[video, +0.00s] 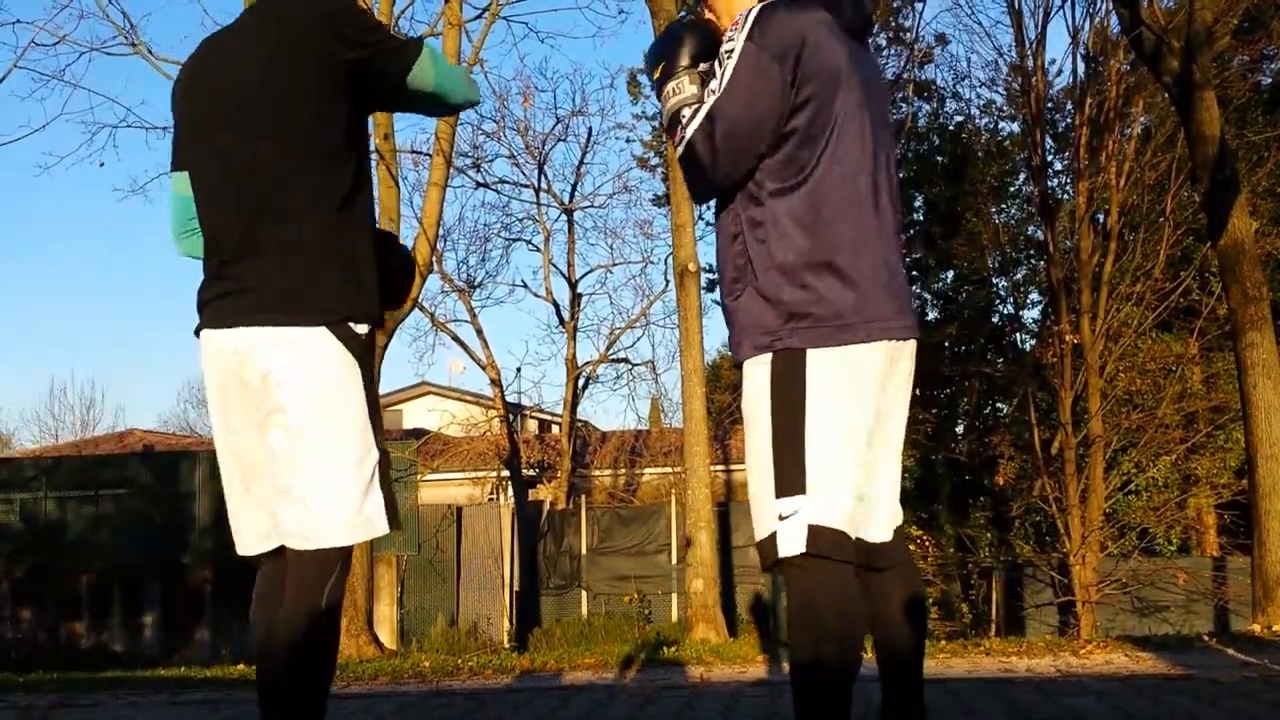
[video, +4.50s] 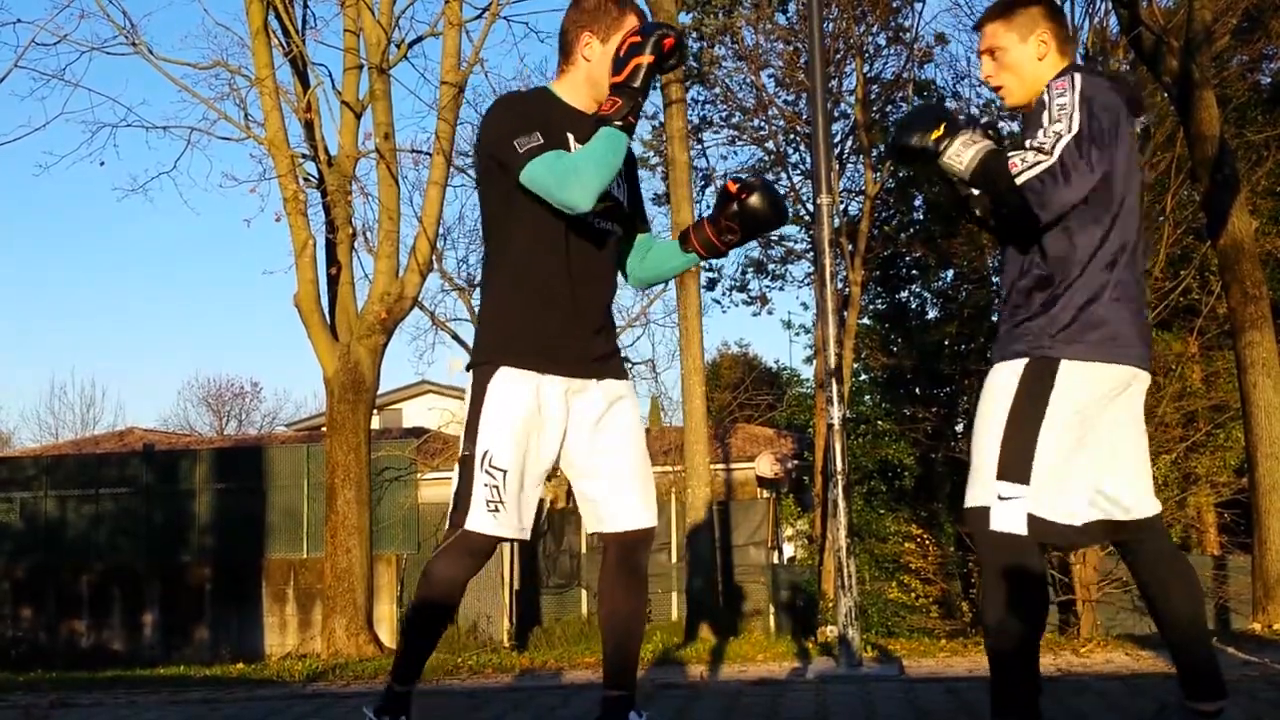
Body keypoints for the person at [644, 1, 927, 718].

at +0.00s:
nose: (705, 14)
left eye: (706, 6)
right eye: (703, 10)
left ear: (728, 0)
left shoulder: (776, 31)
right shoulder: (848, 40)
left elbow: (710, 162)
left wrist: (679, 82)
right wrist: (724, 67)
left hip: (807, 322)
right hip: (878, 314)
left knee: (806, 540)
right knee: (875, 533)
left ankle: (821, 718)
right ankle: (906, 713)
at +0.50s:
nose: (735, 58)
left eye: (739, 38)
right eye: (732, 43)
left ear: (778, 17)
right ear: (782, 18)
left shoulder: (825, 61)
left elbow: (803, 182)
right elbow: (774, 214)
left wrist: (731, 143)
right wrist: (718, 157)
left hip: (827, 332)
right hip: (887, 330)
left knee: (778, 528)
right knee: (888, 525)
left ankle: (807, 713)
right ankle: (908, 711)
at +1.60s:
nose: (830, 50)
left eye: (843, 30)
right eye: (815, 37)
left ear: (876, 24)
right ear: (800, 41)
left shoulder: (913, 97)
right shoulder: (814, 118)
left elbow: (903, 209)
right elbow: (802, 245)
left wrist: (794, 158)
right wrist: (751, 174)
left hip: (883, 351)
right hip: (846, 354)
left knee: (845, 543)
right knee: (910, 539)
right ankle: (981, 704)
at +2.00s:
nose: (910, 39)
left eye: (924, 22)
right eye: (897, 28)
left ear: (960, 17)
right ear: (888, 33)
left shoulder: (990, 77)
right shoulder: (923, 112)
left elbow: (991, 185)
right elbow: (893, 225)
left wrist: (884, 157)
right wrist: (838, 173)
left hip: (971, 334)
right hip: (932, 338)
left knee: (944, 518)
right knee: (965, 524)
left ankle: (1088, 695)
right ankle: (988, 707)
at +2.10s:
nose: (918, 40)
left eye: (930, 21)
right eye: (905, 28)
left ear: (972, 15)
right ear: (897, 33)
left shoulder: (1002, 78)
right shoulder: (937, 114)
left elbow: (990, 194)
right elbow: (920, 224)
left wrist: (890, 163)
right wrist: (871, 184)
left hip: (999, 340)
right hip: (937, 350)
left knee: (1030, 531)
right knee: (965, 543)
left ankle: (1118, 708)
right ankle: (989, 709)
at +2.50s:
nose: (944, 43)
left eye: (953, 24)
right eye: (941, 28)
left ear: (1006, 11)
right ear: (994, 17)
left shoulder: (1058, 66)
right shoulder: (1015, 93)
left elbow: (1014, 186)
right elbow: (977, 212)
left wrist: (939, 126)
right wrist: (922, 140)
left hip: (1061, 336)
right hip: (1011, 343)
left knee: (1086, 526)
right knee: (1032, 527)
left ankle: (1131, 706)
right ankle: (1109, 692)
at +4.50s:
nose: (985, 70)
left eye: (994, 53)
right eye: (982, 57)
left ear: (1044, 46)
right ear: (1038, 53)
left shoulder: (1076, 95)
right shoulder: (1086, 107)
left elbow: (1039, 189)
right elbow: (1027, 216)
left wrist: (957, 146)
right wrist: (965, 174)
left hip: (1055, 340)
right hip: (1107, 339)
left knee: (997, 517)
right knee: (1133, 517)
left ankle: (1013, 709)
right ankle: (1207, 694)